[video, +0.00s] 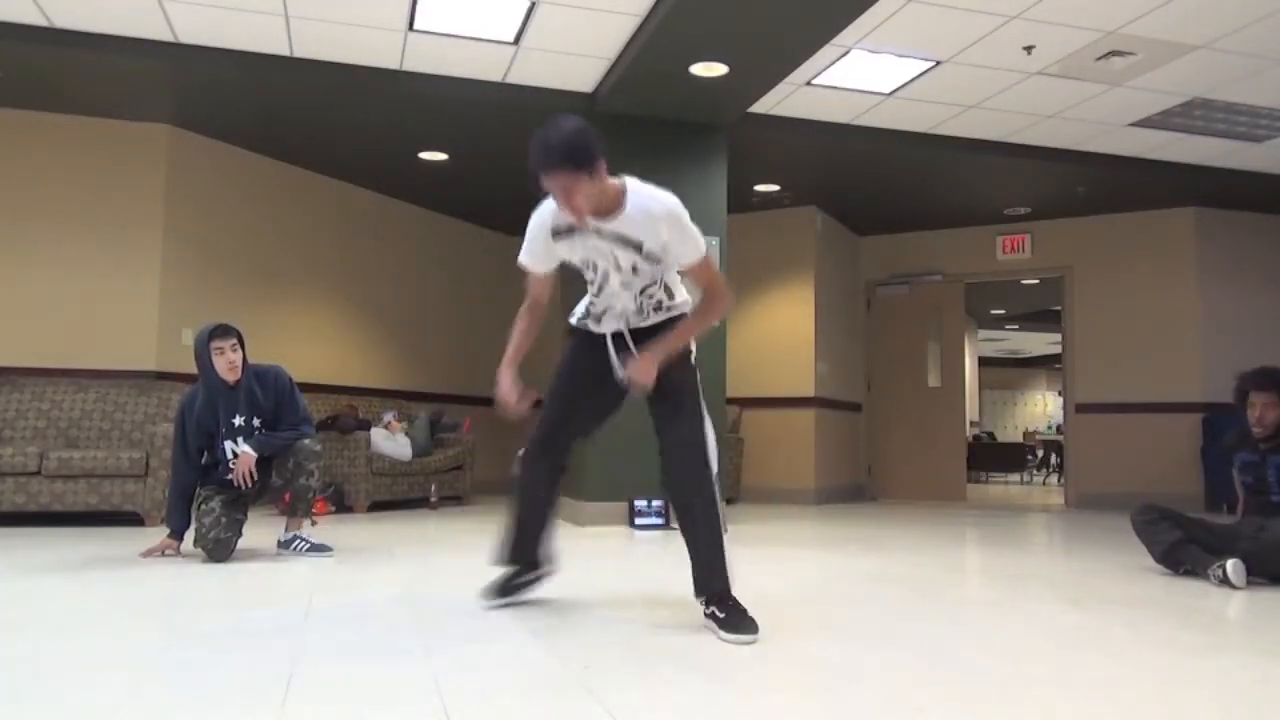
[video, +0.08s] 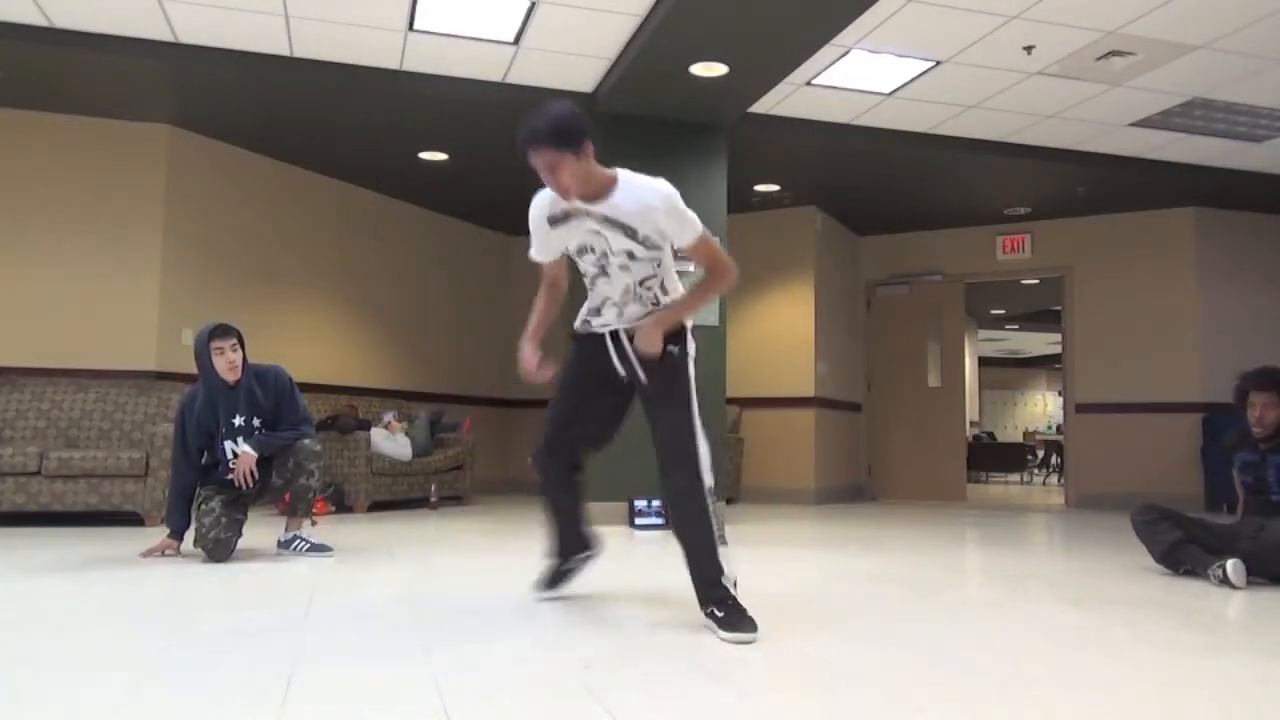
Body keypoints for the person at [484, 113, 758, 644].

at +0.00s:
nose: (563, 203)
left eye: (570, 189)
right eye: (554, 192)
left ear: (598, 173)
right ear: (545, 184)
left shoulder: (659, 213)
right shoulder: (548, 221)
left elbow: (718, 295)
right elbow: (536, 302)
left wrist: (658, 353)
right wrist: (508, 368)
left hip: (666, 331)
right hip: (599, 335)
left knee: (689, 462)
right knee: (545, 442)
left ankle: (716, 594)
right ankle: (527, 561)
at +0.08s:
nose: (551, 181)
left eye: (556, 167)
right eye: (542, 172)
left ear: (587, 152)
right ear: (538, 170)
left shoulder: (653, 199)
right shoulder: (546, 210)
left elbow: (723, 270)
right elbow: (553, 283)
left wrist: (664, 320)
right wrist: (530, 341)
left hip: (662, 341)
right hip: (597, 342)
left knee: (683, 473)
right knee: (553, 454)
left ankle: (714, 595)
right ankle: (573, 546)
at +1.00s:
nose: (464, 158)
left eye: (470, 145)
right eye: (455, 150)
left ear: (495, 139)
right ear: (451, 153)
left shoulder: (527, 190)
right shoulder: (470, 205)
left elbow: (552, 274)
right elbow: (469, 266)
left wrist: (492, 304)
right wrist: (459, 293)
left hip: (558, 313)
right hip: (519, 318)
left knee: (516, 427)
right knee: (498, 431)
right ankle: (515, 555)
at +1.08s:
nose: (471, 174)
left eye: (479, 162)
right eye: (463, 166)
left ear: (504, 157)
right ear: (459, 169)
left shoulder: (537, 208)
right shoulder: (477, 222)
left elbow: (560, 296)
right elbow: (493, 307)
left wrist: (516, 354)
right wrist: (471, 341)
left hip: (564, 332)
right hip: (525, 336)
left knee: (526, 444)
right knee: (496, 446)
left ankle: (610, 532)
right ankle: (519, 560)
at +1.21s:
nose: (489, 175)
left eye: (496, 162)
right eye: (480, 166)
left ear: (518, 160)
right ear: (472, 171)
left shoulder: (552, 208)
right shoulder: (487, 227)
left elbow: (598, 287)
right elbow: (507, 303)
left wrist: (645, 348)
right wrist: (482, 364)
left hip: (582, 350)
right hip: (534, 357)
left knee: (597, 455)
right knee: (502, 454)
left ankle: (695, 526)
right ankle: (519, 561)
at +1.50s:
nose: (551, 179)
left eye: (559, 169)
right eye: (544, 171)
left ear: (585, 163)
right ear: (541, 172)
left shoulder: (624, 197)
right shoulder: (554, 201)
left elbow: (710, 221)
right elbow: (540, 224)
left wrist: (805, 223)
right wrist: (495, 239)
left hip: (660, 336)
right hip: (602, 335)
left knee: (721, 445)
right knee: (527, 412)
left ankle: (806, 555)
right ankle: (492, 526)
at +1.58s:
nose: (569, 211)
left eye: (577, 199)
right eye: (562, 201)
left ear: (603, 191)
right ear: (557, 198)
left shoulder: (638, 230)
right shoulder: (569, 227)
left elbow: (723, 264)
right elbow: (543, 248)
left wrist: (822, 278)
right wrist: (489, 256)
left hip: (677, 360)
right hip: (617, 357)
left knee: (736, 466)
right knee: (545, 428)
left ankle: (821, 567)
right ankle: (490, 541)